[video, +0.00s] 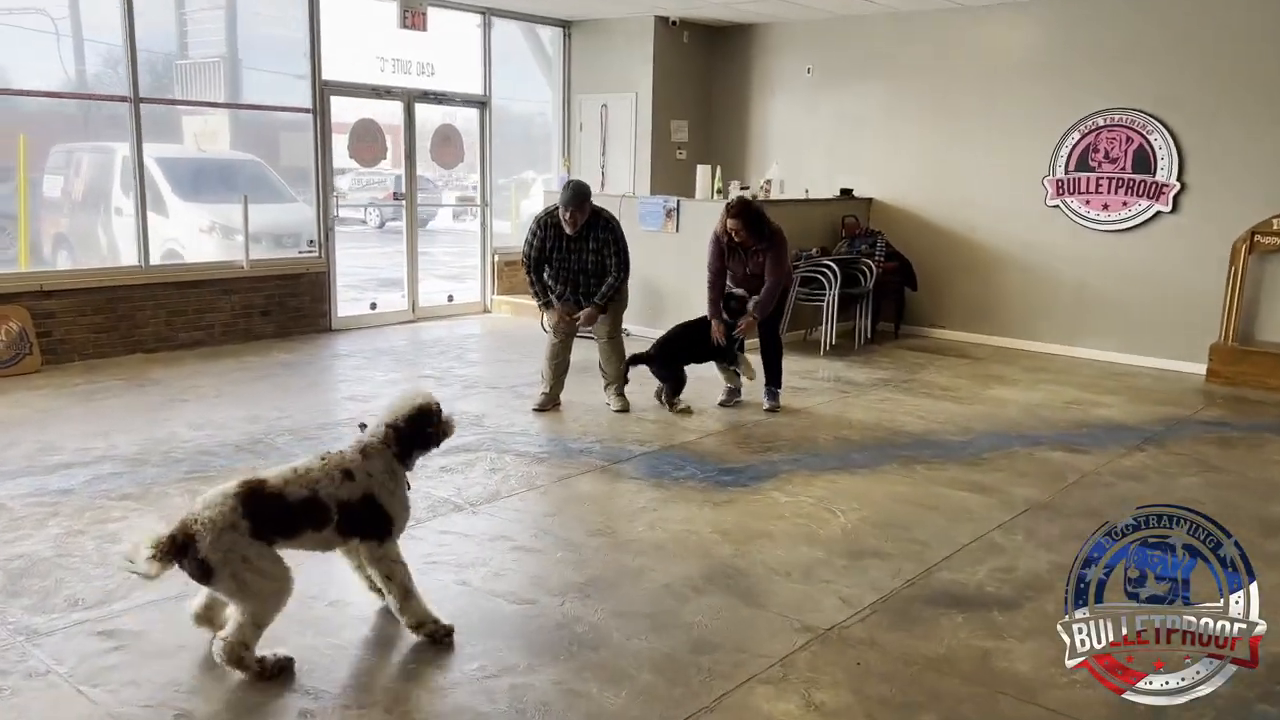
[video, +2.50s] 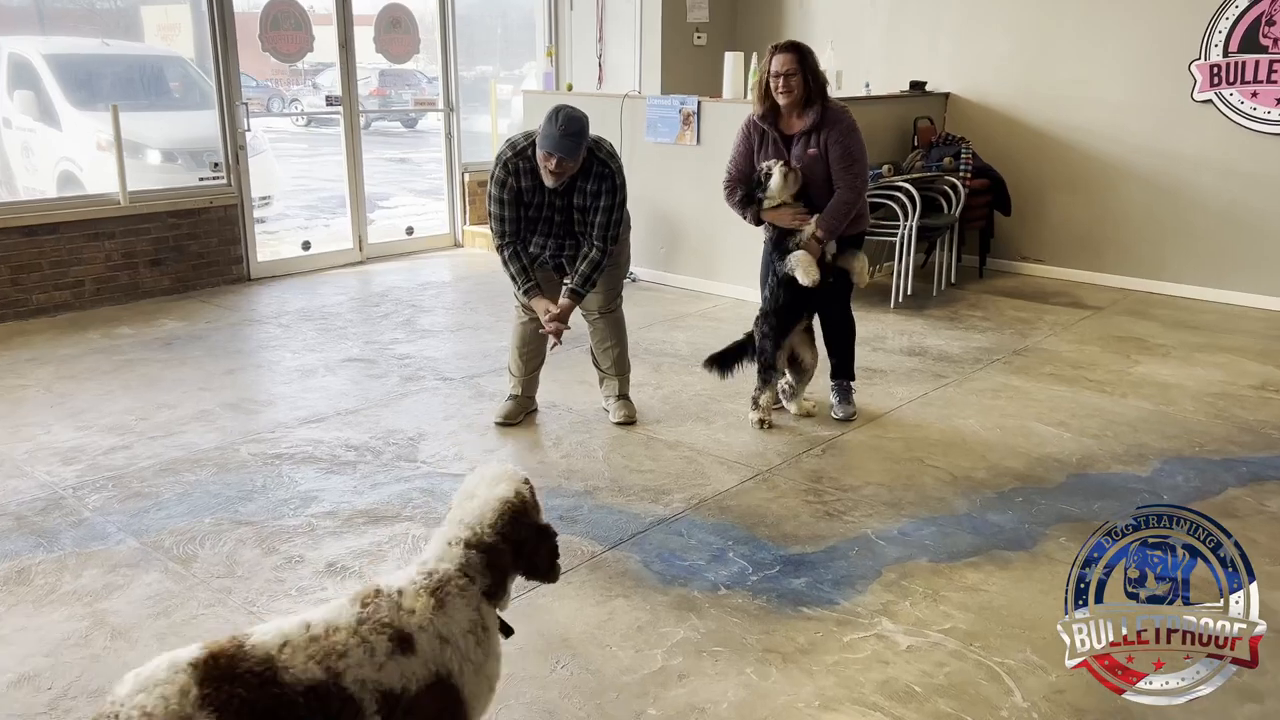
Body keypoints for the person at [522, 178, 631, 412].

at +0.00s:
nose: (569, 217)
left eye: (577, 212)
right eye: (565, 210)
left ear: (589, 208)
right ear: (559, 205)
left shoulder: (607, 225)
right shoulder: (543, 223)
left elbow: (619, 271)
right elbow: (531, 267)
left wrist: (596, 307)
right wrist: (548, 307)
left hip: (603, 290)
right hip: (564, 289)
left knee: (608, 335)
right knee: (557, 336)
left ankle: (615, 392)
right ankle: (550, 392)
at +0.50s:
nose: (607, 187)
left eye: (614, 181)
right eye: (602, 180)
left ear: (627, 178)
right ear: (594, 176)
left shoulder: (649, 203)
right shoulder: (575, 200)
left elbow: (671, 243)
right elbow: (554, 240)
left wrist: (670, 282)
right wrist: (553, 284)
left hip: (639, 286)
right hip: (590, 284)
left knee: (644, 342)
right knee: (588, 341)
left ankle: (651, 401)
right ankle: (579, 400)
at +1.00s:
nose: (607, 145)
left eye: (617, 139)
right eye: (603, 136)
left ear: (632, 135)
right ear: (595, 130)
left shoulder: (654, 159)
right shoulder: (574, 155)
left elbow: (673, 207)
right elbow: (553, 205)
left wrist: (660, 257)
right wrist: (573, 256)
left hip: (638, 250)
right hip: (590, 248)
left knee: (646, 310)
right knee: (583, 310)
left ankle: (653, 374)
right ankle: (573, 373)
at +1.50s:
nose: (592, 125)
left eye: (602, 122)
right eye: (588, 116)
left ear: (618, 117)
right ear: (582, 101)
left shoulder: (640, 131)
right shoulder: (552, 120)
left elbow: (655, 183)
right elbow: (524, 174)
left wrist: (639, 233)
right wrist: (528, 235)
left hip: (615, 224)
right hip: (561, 221)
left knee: (624, 288)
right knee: (557, 289)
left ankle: (634, 353)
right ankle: (548, 356)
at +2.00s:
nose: (560, 154)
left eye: (571, 150)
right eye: (555, 146)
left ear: (588, 139)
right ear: (547, 130)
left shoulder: (612, 150)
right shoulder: (523, 143)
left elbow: (620, 213)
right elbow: (504, 208)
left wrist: (611, 268)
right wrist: (500, 270)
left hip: (592, 233)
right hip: (540, 231)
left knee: (609, 295)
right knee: (535, 299)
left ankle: (617, 370)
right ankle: (526, 372)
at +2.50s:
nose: (554, 165)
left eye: (566, 159)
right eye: (548, 154)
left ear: (582, 152)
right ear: (539, 142)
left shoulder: (605, 166)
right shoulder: (511, 161)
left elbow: (600, 245)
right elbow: (506, 241)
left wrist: (566, 306)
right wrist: (536, 300)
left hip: (595, 242)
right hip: (540, 242)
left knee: (602, 310)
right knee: (528, 314)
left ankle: (616, 395)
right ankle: (521, 396)